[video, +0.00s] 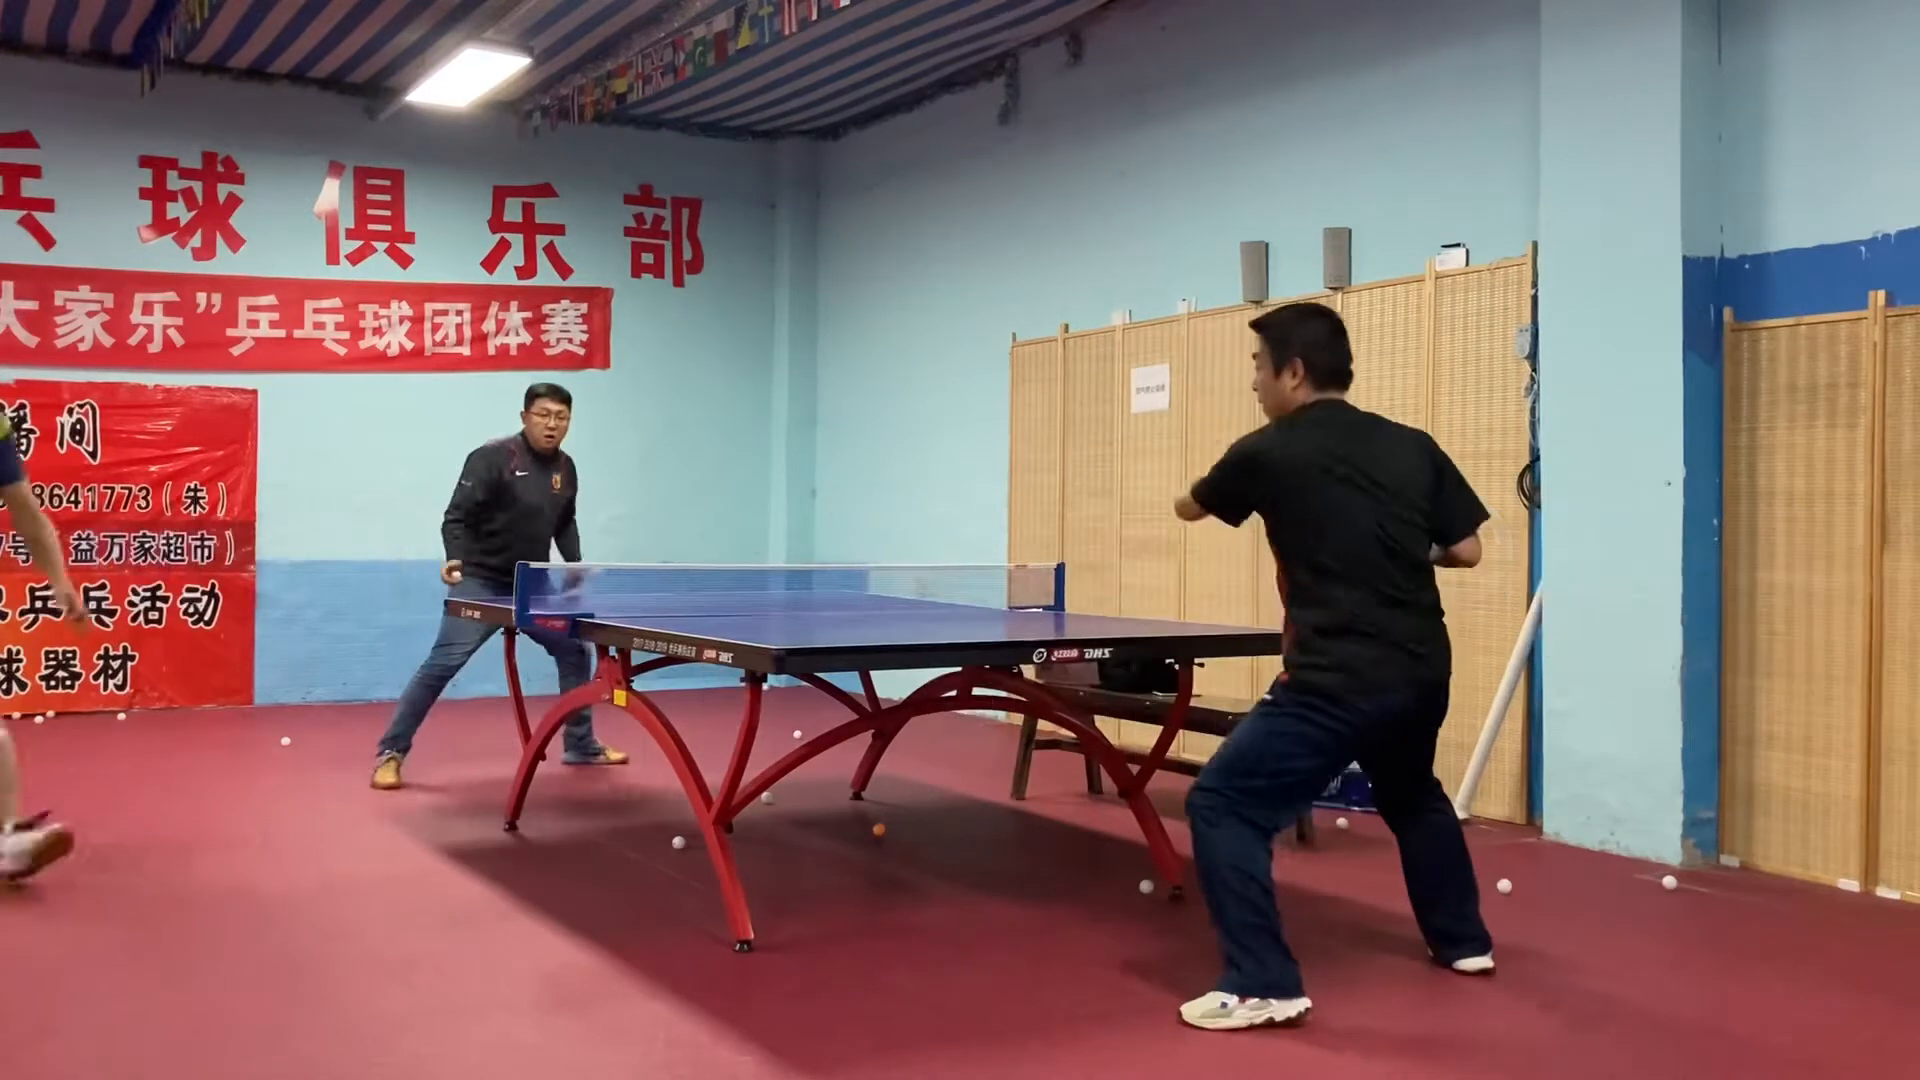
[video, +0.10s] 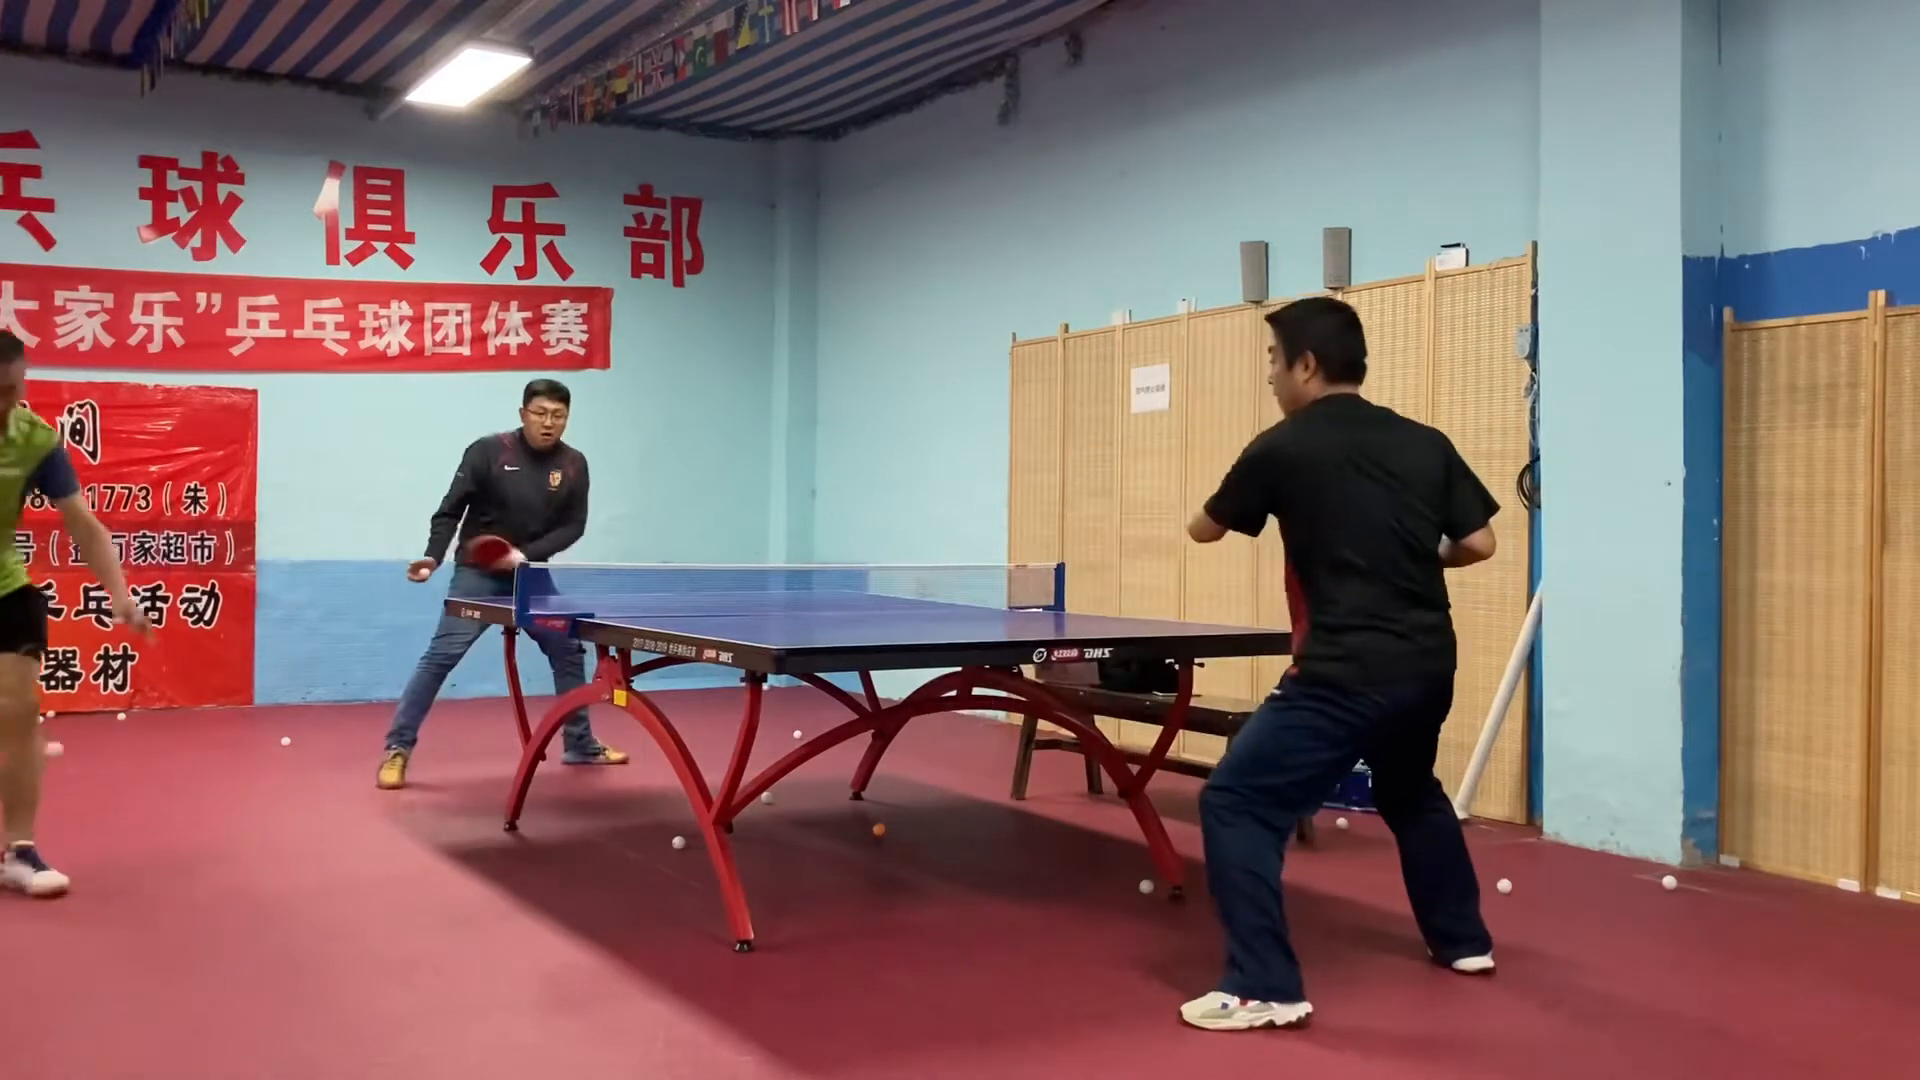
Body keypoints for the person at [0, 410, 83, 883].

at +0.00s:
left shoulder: (2, 428)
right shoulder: (4, 431)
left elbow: (26, 508)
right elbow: (26, 509)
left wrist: (60, 579)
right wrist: (61, 580)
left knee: (1, 723)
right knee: (0, 724)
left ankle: (9, 826)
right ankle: (7, 827)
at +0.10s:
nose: (12, 399)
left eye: (17, 387)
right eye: (6, 387)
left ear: (25, 380)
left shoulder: (32, 437)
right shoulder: (27, 435)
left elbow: (84, 525)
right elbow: (83, 525)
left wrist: (121, 596)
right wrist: (122, 598)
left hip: (10, 589)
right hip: (10, 591)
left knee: (19, 705)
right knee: (16, 708)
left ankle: (20, 846)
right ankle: (17, 846)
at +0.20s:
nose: (34, 430)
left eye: (48, 418)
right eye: (23, 417)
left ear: (61, 408)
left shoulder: (73, 454)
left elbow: (130, 537)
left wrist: (172, 613)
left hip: (27, 594)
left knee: (51, 709)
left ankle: (23, 849)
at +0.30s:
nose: (72, 462)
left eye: (84, 450)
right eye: (60, 449)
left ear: (98, 435)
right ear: (32, 426)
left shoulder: (111, 470)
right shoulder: (2, 453)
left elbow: (169, 553)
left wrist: (215, 634)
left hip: (58, 601)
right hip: (1, 602)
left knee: (77, 725)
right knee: (21, 703)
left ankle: (25, 845)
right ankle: (6, 850)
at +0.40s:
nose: (115, 507)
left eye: (127, 494)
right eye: (102, 494)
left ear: (140, 477)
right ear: (71, 471)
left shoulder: (153, 511)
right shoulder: (18, 493)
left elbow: (208, 593)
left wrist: (257, 676)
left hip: (79, 625)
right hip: (10, 619)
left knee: (93, 752)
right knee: (51, 718)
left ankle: (25, 841)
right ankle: (85, 874)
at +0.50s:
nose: (162, 565)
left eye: (173, 553)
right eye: (151, 554)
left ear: (185, 533)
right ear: (119, 535)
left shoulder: (191, 560)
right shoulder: (49, 545)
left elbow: (246, 644)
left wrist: (298, 739)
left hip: (98, 656)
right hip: (23, 643)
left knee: (120, 794)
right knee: (89, 732)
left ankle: (33, 833)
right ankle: (117, 902)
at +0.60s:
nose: (202, 631)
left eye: (211, 619)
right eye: (190, 621)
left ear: (223, 600)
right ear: (157, 600)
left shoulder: (228, 625)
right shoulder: (83, 595)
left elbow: (277, 719)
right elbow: (2, 646)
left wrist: (319, 822)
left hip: (118, 679)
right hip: (39, 655)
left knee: (115, 820)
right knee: (106, 730)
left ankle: (33, 827)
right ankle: (118, 901)